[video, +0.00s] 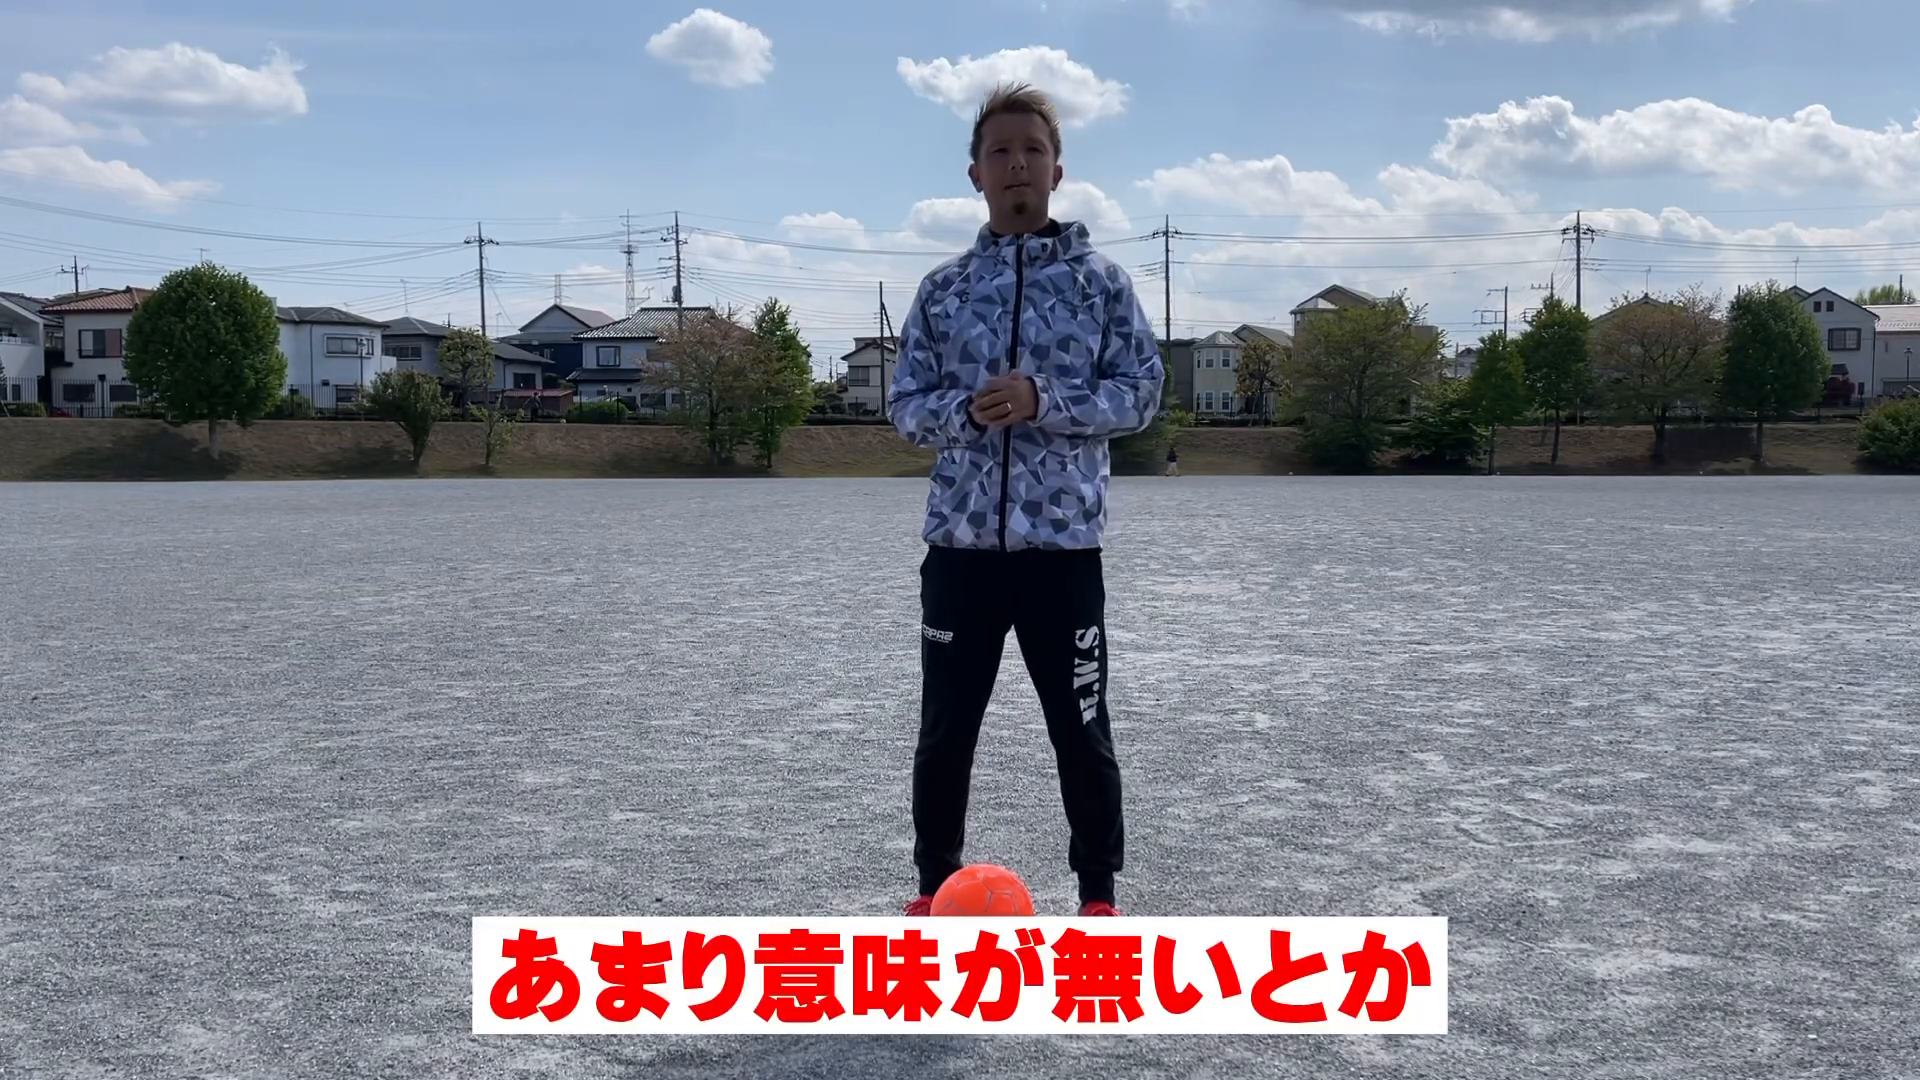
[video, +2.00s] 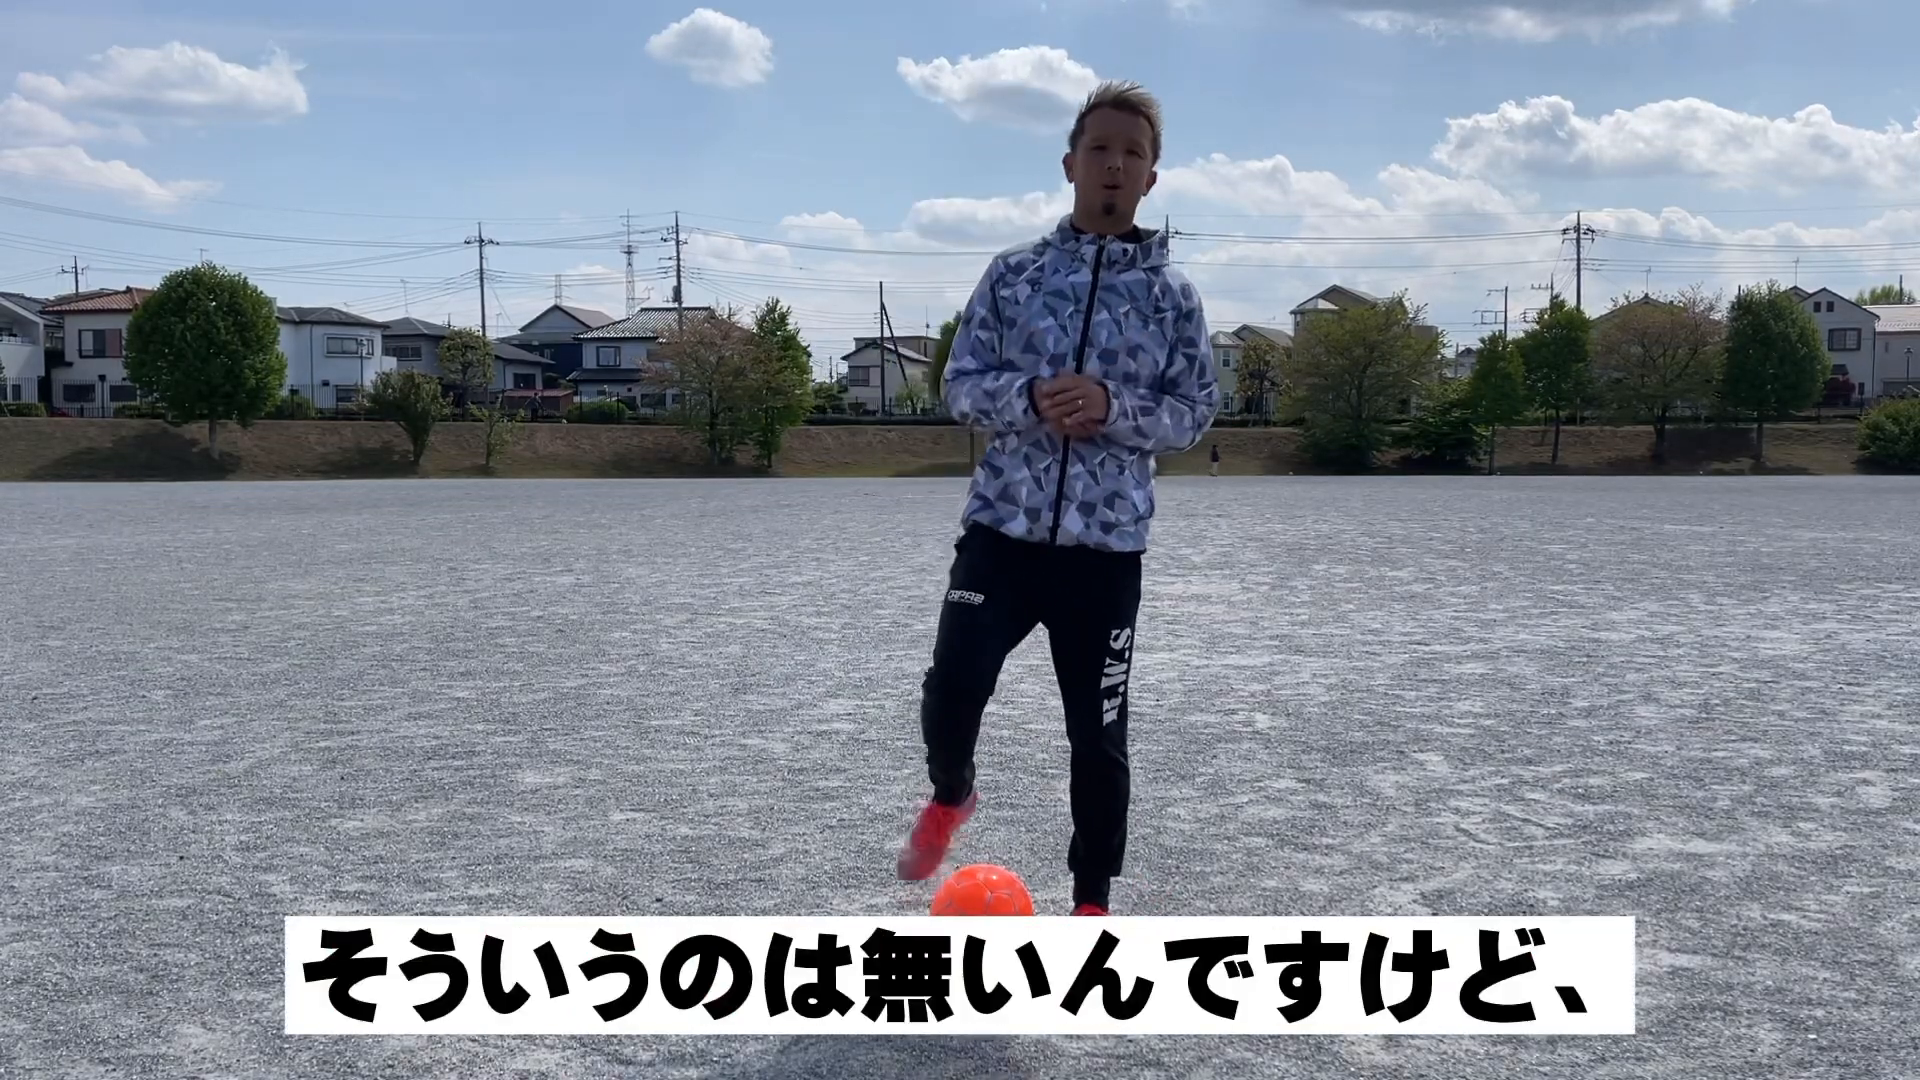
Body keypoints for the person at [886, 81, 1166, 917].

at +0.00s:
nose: (1016, 162)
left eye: (1033, 149)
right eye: (999, 150)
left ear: (1057, 167)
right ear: (977, 169)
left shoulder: (1099, 280)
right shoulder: (942, 288)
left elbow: (1140, 392)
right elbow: (907, 406)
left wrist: (1047, 400)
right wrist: (962, 409)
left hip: (1061, 540)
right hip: (960, 540)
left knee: (1080, 728)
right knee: (944, 732)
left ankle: (1097, 897)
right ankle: (935, 897)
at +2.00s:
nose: (1114, 164)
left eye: (1132, 153)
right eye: (1099, 148)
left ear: (1151, 176)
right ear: (1070, 163)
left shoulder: (1172, 295)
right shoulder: (1013, 273)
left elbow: (1193, 416)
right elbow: (961, 388)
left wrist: (1113, 409)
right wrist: (1029, 399)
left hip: (1103, 544)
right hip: (1002, 532)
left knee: (1098, 733)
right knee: (948, 696)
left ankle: (1092, 903)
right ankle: (951, 801)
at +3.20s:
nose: (1007, 165)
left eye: (1019, 150)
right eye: (986, 154)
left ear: (1036, 165)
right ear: (956, 174)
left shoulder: (1076, 289)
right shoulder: (914, 286)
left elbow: (1109, 393)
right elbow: (874, 398)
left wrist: (1066, 420)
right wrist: (911, 389)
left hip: (1027, 538)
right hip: (928, 538)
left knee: (1056, 725)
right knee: (921, 724)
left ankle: (1087, 899)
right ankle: (921, 890)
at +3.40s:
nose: (983, 169)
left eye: (996, 156)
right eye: (963, 155)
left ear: (1010, 171)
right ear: (929, 171)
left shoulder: (1042, 282)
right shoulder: (884, 285)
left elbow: (1089, 392)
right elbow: (836, 406)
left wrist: (1034, 382)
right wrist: (845, 377)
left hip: (1007, 535)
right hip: (909, 536)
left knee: (1043, 719)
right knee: (910, 725)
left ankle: (1082, 897)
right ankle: (917, 894)